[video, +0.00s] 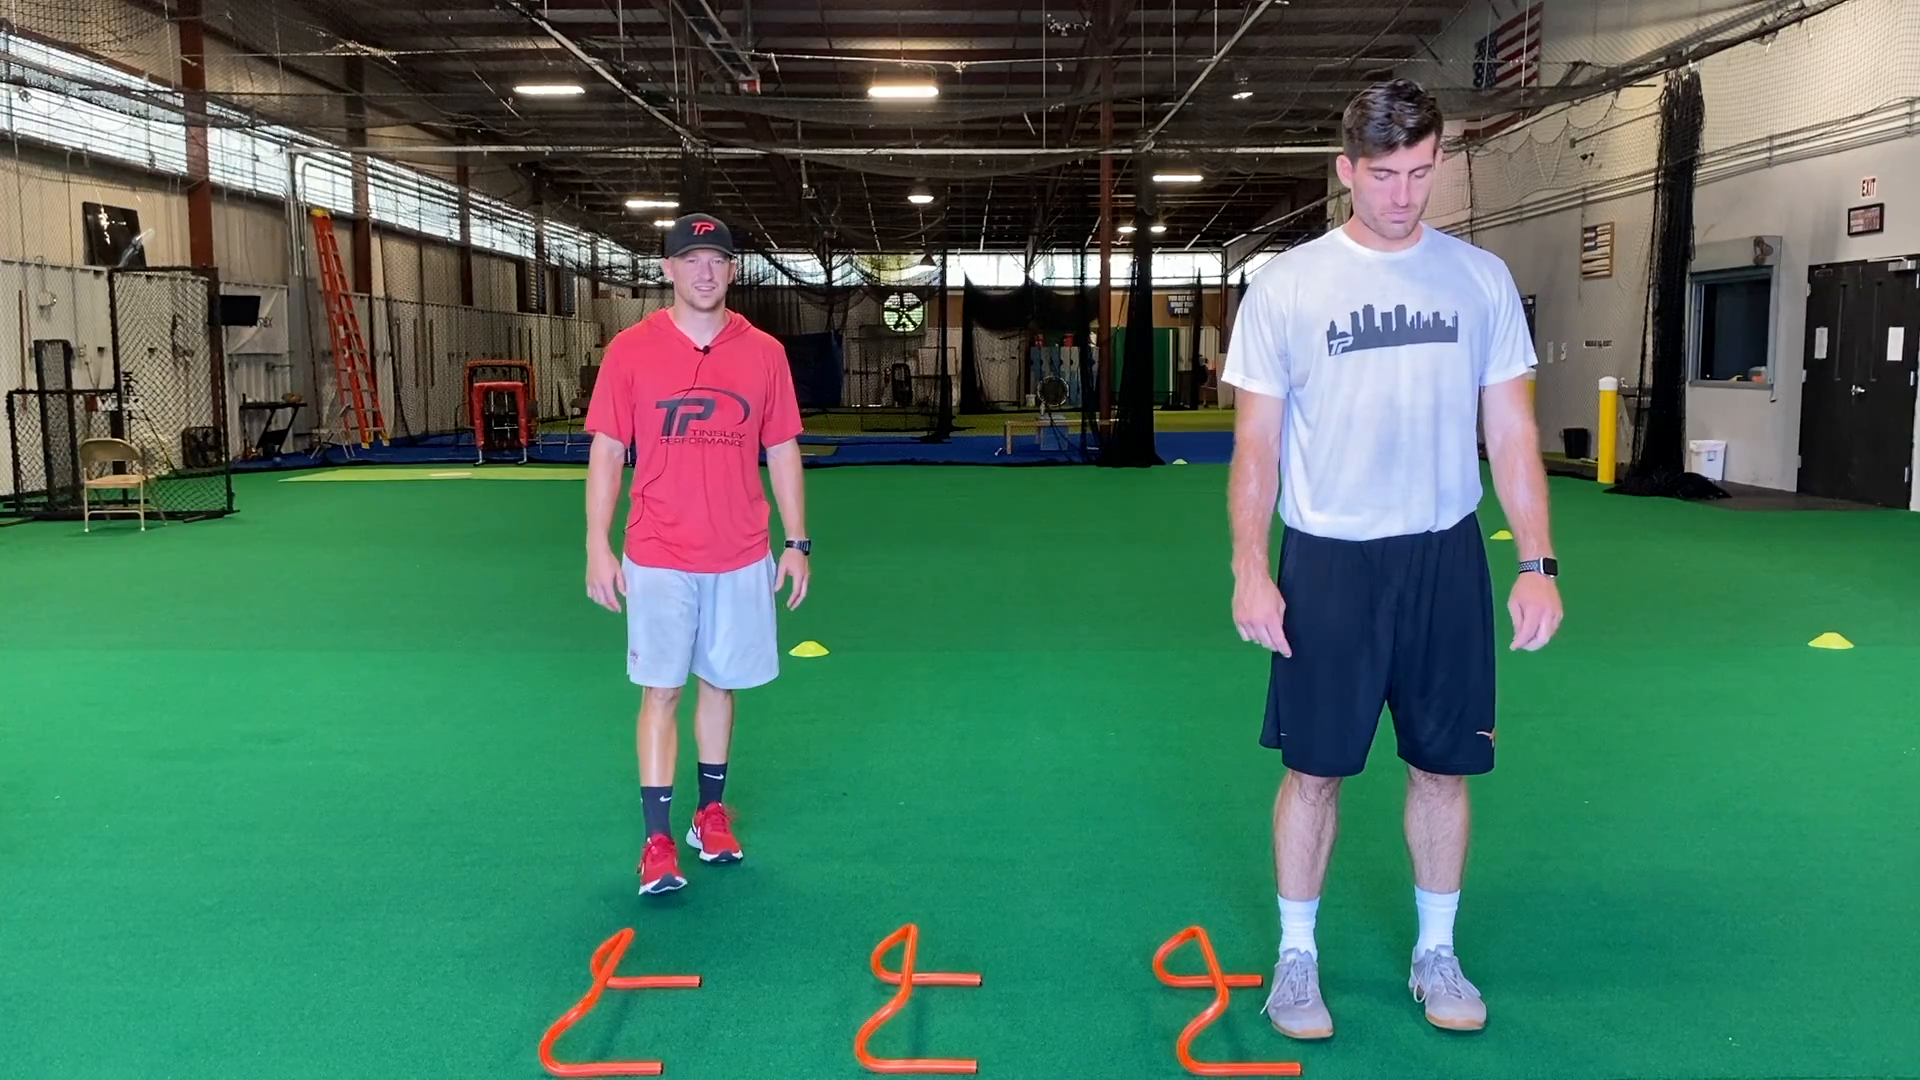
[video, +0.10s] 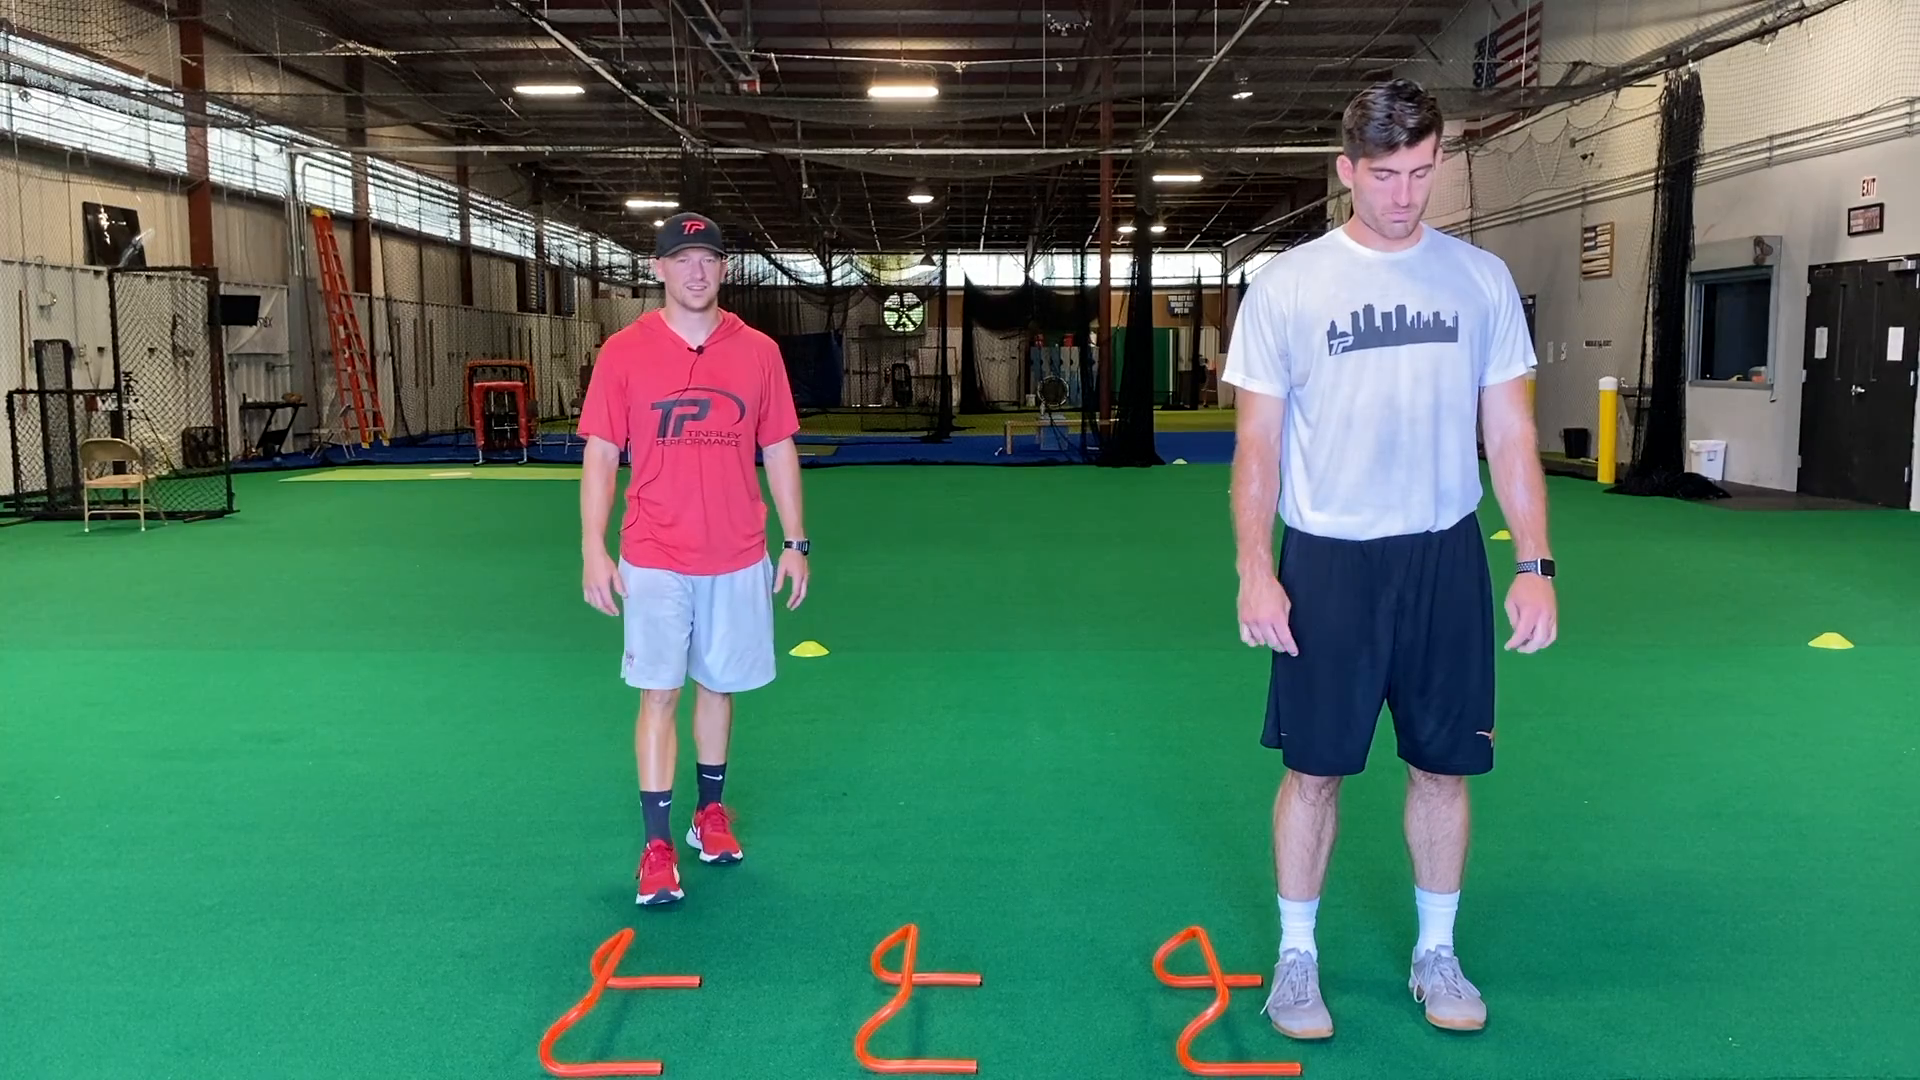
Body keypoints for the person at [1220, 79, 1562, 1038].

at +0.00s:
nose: (1405, 192)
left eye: (1421, 170)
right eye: (1387, 174)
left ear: (1440, 164)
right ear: (1347, 169)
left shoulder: (1481, 278)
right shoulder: (1283, 286)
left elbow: (1513, 435)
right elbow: (1255, 446)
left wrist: (1536, 561)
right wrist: (1251, 571)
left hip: (1445, 559)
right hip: (1328, 562)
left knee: (1444, 762)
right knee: (1315, 769)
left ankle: (1437, 956)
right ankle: (1296, 960)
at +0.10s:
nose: (1407, 193)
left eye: (1422, 171)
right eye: (1388, 174)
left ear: (1439, 163)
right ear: (1347, 169)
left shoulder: (1482, 279)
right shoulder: (1283, 285)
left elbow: (1512, 439)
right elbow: (1256, 448)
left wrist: (1534, 563)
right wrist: (1256, 571)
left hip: (1444, 560)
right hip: (1327, 562)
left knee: (1444, 762)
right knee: (1316, 768)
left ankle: (1437, 956)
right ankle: (1296, 959)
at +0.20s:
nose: (1408, 191)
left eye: (1423, 170)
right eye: (1390, 173)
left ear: (1442, 165)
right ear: (1350, 169)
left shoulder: (1482, 280)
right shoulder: (1284, 285)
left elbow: (1512, 439)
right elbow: (1256, 447)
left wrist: (1534, 563)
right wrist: (1257, 573)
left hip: (1444, 561)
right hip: (1326, 563)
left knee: (1444, 763)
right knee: (1315, 769)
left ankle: (1437, 956)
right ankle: (1296, 959)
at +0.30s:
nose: (1409, 191)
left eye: (1424, 170)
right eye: (1390, 174)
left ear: (1443, 163)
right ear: (1350, 168)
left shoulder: (1483, 281)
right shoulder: (1284, 286)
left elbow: (1512, 439)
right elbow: (1256, 448)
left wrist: (1533, 563)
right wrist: (1255, 571)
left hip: (1444, 561)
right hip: (1327, 563)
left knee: (1444, 763)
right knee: (1315, 769)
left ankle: (1437, 956)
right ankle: (1296, 959)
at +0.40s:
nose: (1409, 190)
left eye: (1425, 169)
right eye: (1391, 172)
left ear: (1443, 165)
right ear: (1351, 168)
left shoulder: (1484, 280)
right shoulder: (1285, 285)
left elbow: (1513, 437)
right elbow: (1256, 445)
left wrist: (1535, 563)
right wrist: (1252, 569)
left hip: (1444, 560)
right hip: (1327, 562)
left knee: (1443, 762)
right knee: (1315, 769)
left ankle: (1437, 956)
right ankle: (1296, 960)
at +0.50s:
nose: (1410, 191)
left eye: (1424, 169)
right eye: (1391, 173)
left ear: (1442, 163)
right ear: (1349, 169)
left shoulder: (1484, 279)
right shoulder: (1287, 285)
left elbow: (1514, 435)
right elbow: (1256, 445)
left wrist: (1537, 562)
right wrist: (1252, 570)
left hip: (1444, 559)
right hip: (1328, 562)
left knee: (1443, 761)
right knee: (1314, 768)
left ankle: (1437, 956)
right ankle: (1296, 959)